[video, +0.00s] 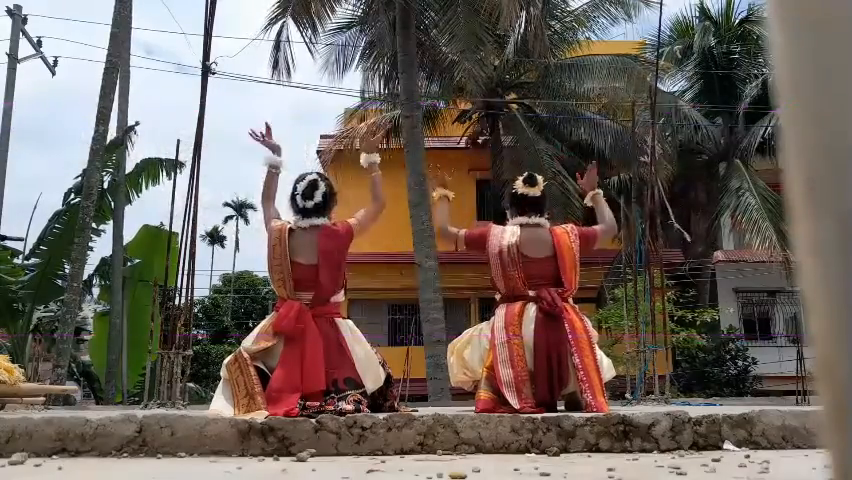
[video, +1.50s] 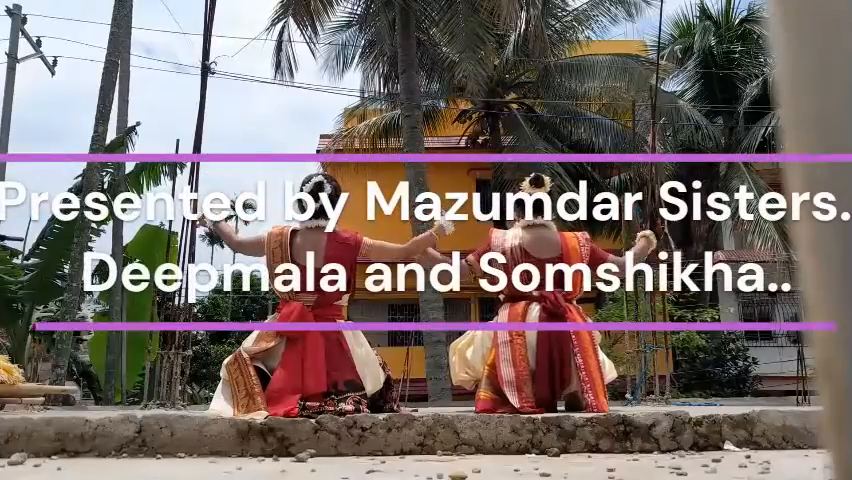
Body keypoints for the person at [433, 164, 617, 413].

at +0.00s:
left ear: (511, 207)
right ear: (544, 207)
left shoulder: (495, 236)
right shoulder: (566, 235)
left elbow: (444, 233)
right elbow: (610, 226)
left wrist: (441, 197)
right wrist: (596, 196)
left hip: (512, 323)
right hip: (561, 321)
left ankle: (490, 393)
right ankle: (575, 394)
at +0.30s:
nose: (506, 216)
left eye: (506, 211)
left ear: (509, 212)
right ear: (545, 209)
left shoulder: (494, 238)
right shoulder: (568, 237)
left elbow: (443, 243)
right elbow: (616, 235)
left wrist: (423, 206)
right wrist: (611, 199)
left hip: (512, 325)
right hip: (561, 324)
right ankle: (575, 398)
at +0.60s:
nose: (508, 214)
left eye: (509, 209)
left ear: (511, 210)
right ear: (544, 208)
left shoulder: (494, 237)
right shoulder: (568, 237)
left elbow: (443, 243)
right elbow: (617, 238)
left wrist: (423, 211)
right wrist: (619, 207)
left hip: (512, 325)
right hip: (562, 324)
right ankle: (575, 395)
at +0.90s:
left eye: (522, 201)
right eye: (536, 201)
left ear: (511, 206)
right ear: (547, 205)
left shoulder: (493, 240)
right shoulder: (570, 240)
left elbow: (452, 260)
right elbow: (620, 253)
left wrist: (423, 239)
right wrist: (624, 227)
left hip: (511, 330)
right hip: (565, 327)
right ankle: (578, 400)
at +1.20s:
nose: (526, 210)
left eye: (524, 204)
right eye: (529, 203)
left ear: (513, 207)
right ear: (549, 207)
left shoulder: (496, 242)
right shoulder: (573, 243)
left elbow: (461, 274)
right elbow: (615, 271)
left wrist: (428, 258)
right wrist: (635, 243)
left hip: (512, 325)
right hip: (567, 326)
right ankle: (578, 397)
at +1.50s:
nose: (527, 213)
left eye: (524, 205)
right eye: (531, 205)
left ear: (516, 207)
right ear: (551, 207)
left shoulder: (499, 241)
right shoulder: (575, 243)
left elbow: (467, 267)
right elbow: (618, 267)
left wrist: (431, 256)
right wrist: (641, 249)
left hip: (513, 328)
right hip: (565, 329)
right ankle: (578, 397)